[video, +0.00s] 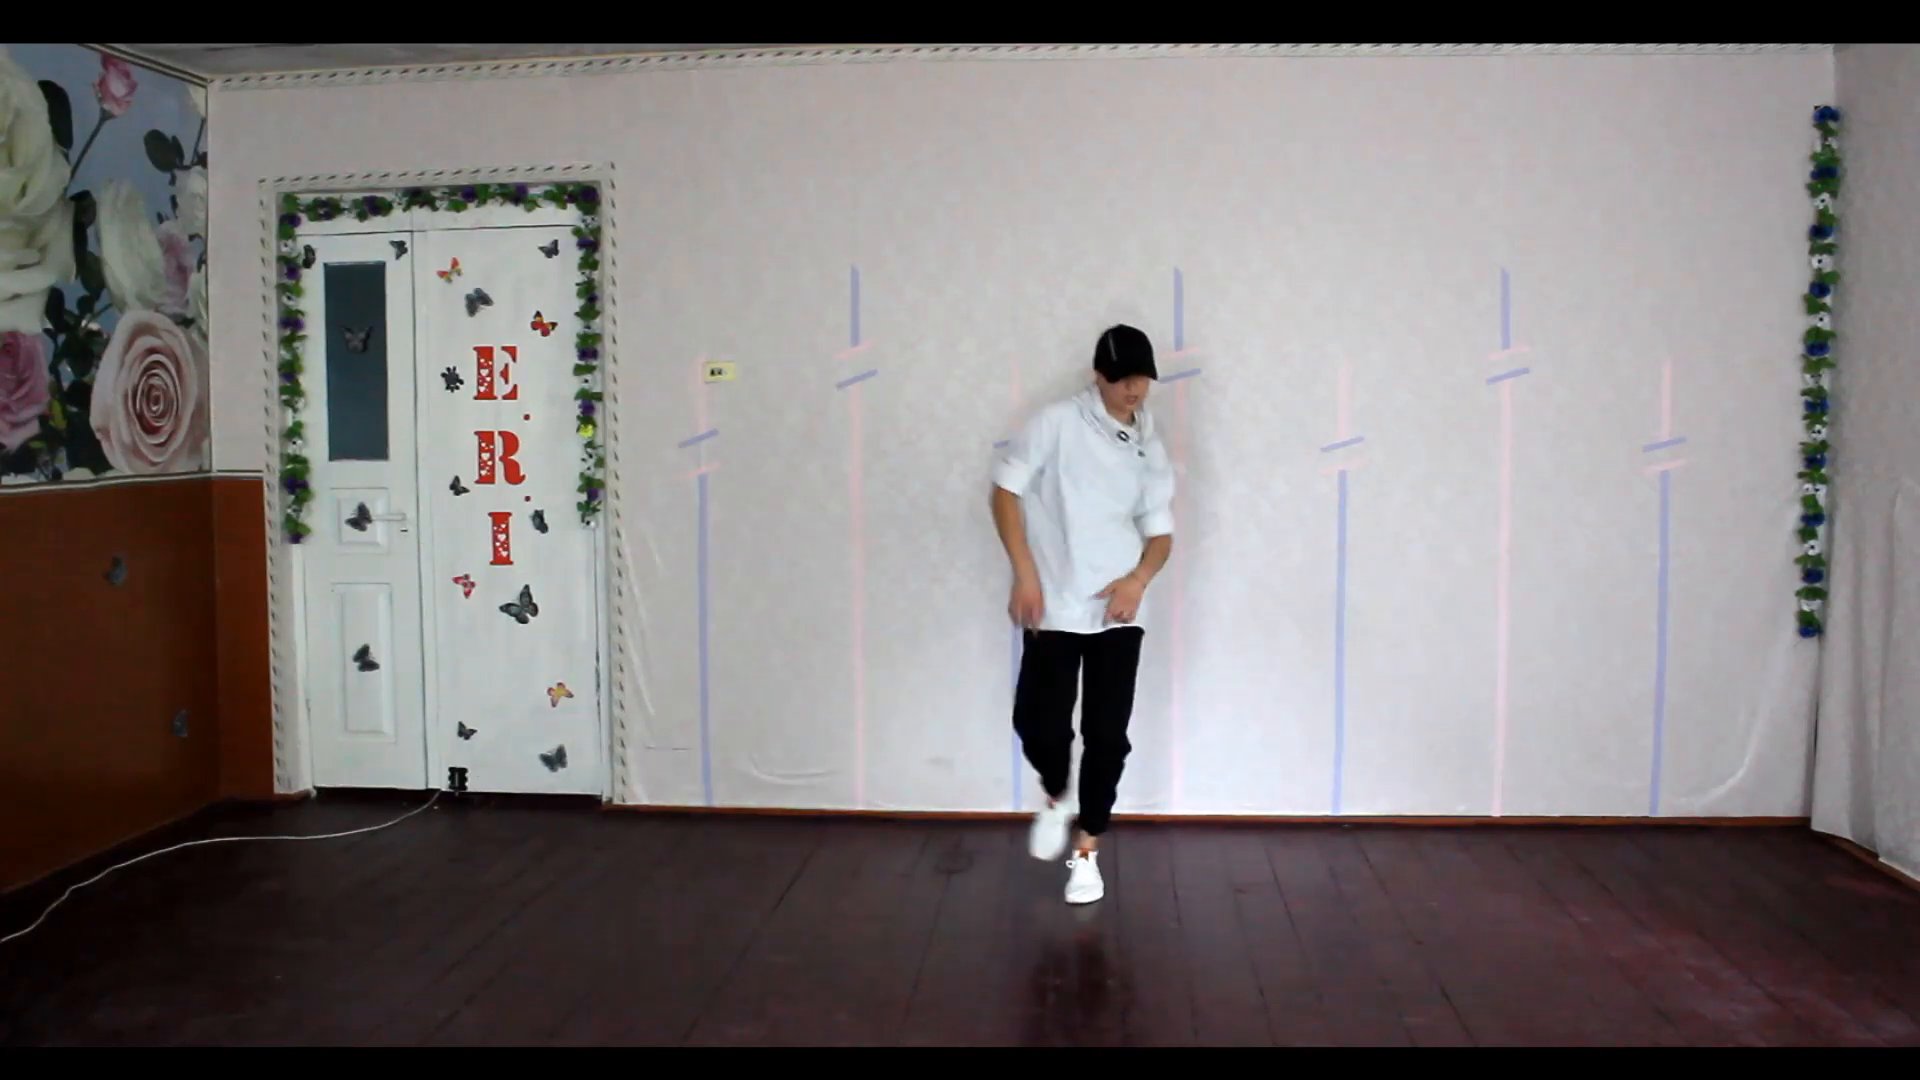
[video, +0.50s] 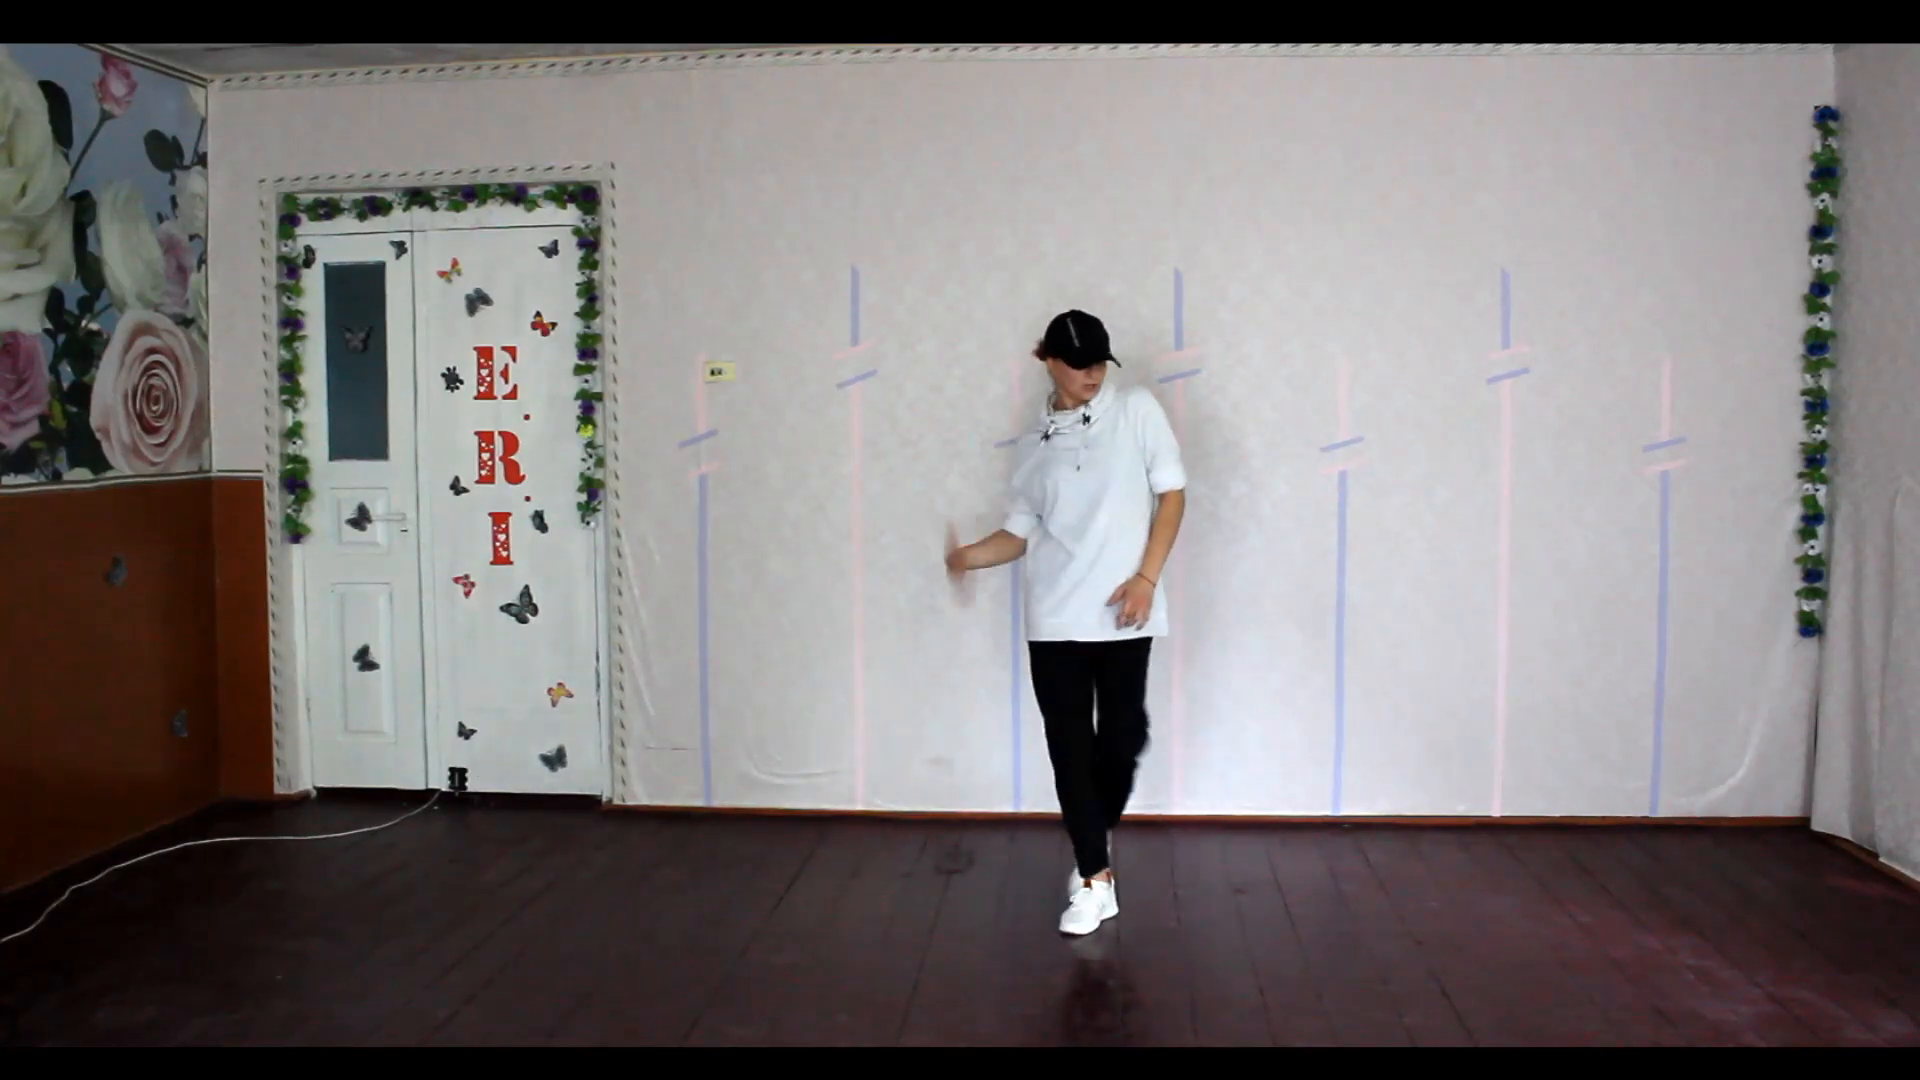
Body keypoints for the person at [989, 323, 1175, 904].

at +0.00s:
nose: (1134, 394)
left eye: (1142, 383)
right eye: (1124, 384)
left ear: (1151, 381)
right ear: (1099, 377)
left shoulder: (1148, 448)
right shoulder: (1056, 423)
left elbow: (1160, 535)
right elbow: (1005, 490)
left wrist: (1138, 580)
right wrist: (1024, 576)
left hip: (1116, 617)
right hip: (1054, 611)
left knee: (1106, 734)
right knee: (1036, 720)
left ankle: (1088, 849)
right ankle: (1059, 798)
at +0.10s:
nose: (1122, 384)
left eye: (1129, 372)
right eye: (1111, 373)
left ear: (1137, 368)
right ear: (1083, 366)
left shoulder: (1154, 433)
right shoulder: (1042, 420)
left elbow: (1173, 518)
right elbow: (986, 479)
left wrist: (1130, 581)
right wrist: (1015, 496)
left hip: (1117, 606)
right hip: (1055, 598)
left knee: (1101, 731)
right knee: (1056, 717)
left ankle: (1081, 850)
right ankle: (1040, 811)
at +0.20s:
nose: (1115, 379)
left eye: (1122, 367)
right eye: (1103, 369)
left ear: (1130, 363)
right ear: (1075, 364)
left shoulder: (1150, 424)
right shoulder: (1040, 422)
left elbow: (1175, 510)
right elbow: (990, 498)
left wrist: (1130, 581)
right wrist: (1002, 487)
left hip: (1118, 598)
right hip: (1055, 590)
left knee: (1101, 726)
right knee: (1062, 713)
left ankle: (1082, 850)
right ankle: (1054, 837)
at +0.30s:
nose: (1108, 381)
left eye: (1114, 370)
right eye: (1096, 371)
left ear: (1121, 367)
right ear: (1066, 369)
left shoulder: (1146, 422)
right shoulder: (1035, 435)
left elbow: (1172, 508)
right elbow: (998, 499)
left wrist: (1136, 581)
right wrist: (969, 536)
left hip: (1117, 616)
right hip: (1052, 615)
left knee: (1100, 741)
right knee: (1060, 743)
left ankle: (1081, 867)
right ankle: (1089, 874)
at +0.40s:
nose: (1103, 382)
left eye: (1108, 371)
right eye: (1091, 372)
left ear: (1114, 369)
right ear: (1059, 372)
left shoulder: (1139, 419)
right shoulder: (1034, 442)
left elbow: (1171, 508)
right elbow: (1013, 511)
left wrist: (1139, 583)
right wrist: (976, 530)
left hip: (1119, 623)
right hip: (1054, 626)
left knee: (1105, 742)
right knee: (1062, 750)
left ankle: (1084, 854)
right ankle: (1096, 878)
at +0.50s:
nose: (1094, 377)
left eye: (1100, 366)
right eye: (1082, 368)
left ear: (1108, 361)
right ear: (1051, 364)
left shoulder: (1134, 407)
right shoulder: (1035, 445)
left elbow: (1172, 494)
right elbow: (1018, 533)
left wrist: (1147, 577)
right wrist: (974, 554)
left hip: (1122, 617)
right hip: (1053, 623)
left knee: (1124, 739)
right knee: (1070, 750)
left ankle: (1091, 848)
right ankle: (1095, 879)